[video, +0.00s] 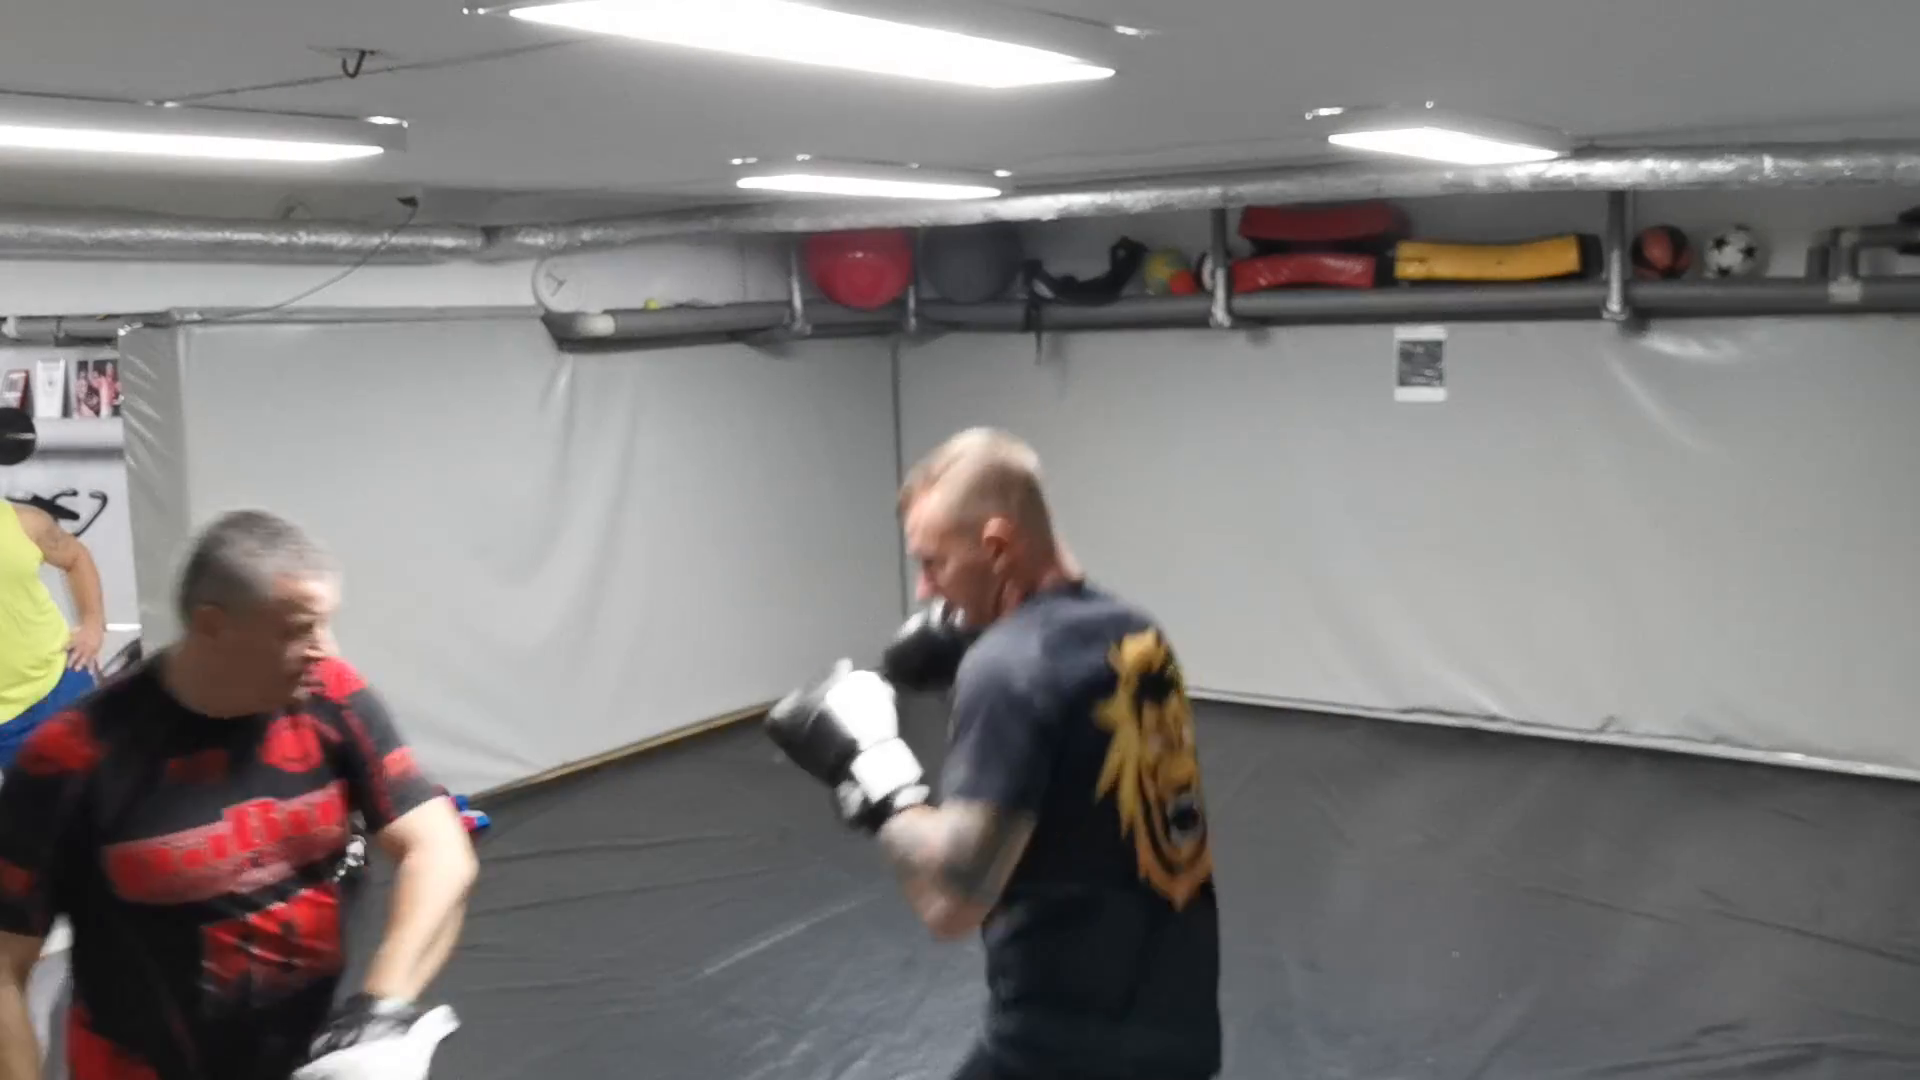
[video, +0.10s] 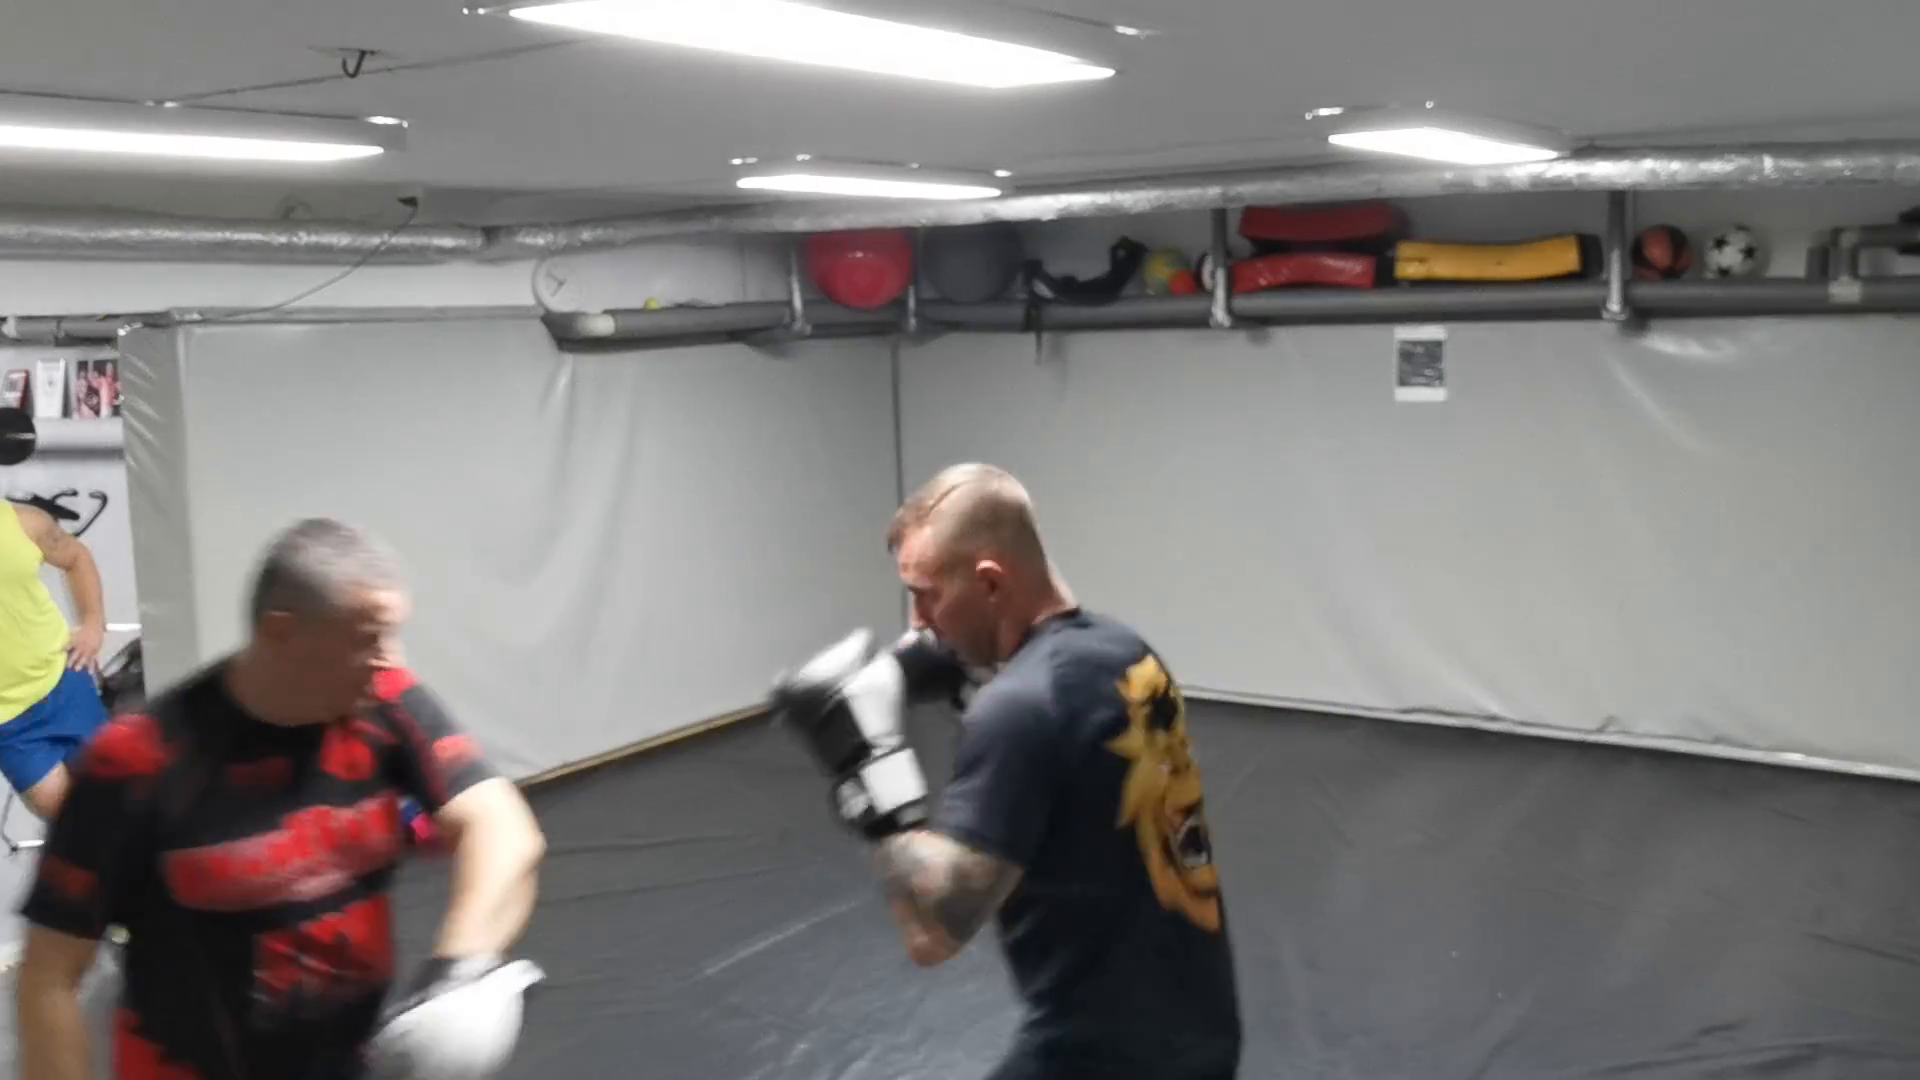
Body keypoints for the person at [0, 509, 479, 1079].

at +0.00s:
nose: (321, 650)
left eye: (323, 626)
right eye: (296, 631)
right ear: (211, 626)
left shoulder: (330, 699)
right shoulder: (70, 759)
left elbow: (442, 853)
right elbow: (8, 965)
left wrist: (378, 1012)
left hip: (304, 1054)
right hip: (140, 1063)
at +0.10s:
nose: (386, 664)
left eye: (389, 640)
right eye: (366, 642)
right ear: (280, 634)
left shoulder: (386, 706)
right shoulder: (131, 765)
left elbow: (504, 832)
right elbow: (45, 979)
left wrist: (463, 975)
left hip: (350, 1058)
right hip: (189, 1066)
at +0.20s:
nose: (468, 668)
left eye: (471, 642)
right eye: (449, 643)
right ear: (361, 634)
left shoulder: (466, 715)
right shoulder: (216, 765)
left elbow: (588, 808)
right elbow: (131, 978)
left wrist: (585, 931)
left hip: (413, 1059)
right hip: (255, 1062)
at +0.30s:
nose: (549, 651)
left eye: (553, 627)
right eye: (533, 629)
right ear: (448, 622)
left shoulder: (545, 701)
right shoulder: (297, 753)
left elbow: (691, 772)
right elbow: (224, 966)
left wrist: (725, 886)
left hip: (499, 1058)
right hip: (345, 1066)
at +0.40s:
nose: (620, 628)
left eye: (624, 603)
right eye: (604, 605)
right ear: (521, 598)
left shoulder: (612, 678)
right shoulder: (372, 726)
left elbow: (764, 727)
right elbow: (297, 948)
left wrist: (879, 825)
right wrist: (310, 1074)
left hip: (561, 1049)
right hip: (409, 1057)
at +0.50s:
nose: (685, 611)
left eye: (687, 589)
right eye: (670, 588)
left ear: (612, 584)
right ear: (587, 582)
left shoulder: (670, 665)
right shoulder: (432, 717)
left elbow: (832, 705)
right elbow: (363, 942)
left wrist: (997, 781)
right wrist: (389, 1079)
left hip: (616, 1050)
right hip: (478, 1060)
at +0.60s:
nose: (741, 613)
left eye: (743, 592)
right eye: (728, 591)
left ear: (666, 582)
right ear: (649, 582)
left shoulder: (723, 667)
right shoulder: (500, 721)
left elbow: (899, 697)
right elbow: (430, 961)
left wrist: (1079, 759)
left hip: (673, 1043)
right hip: (549, 1053)